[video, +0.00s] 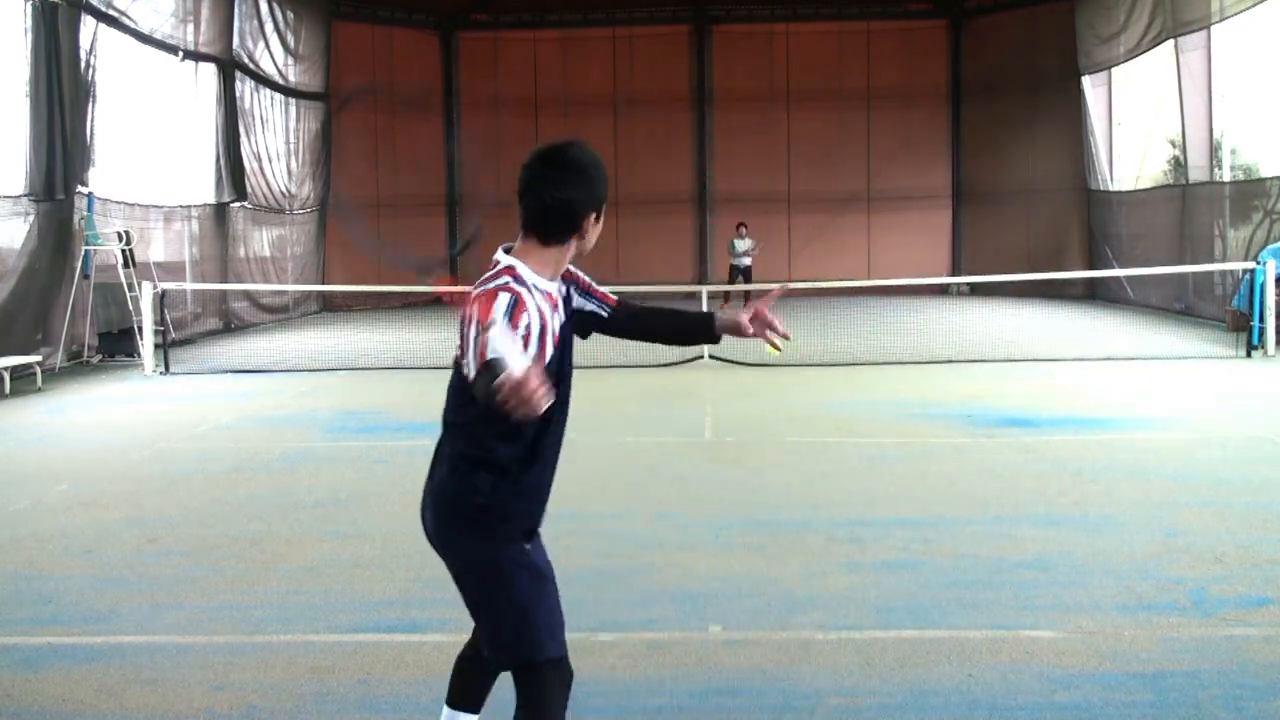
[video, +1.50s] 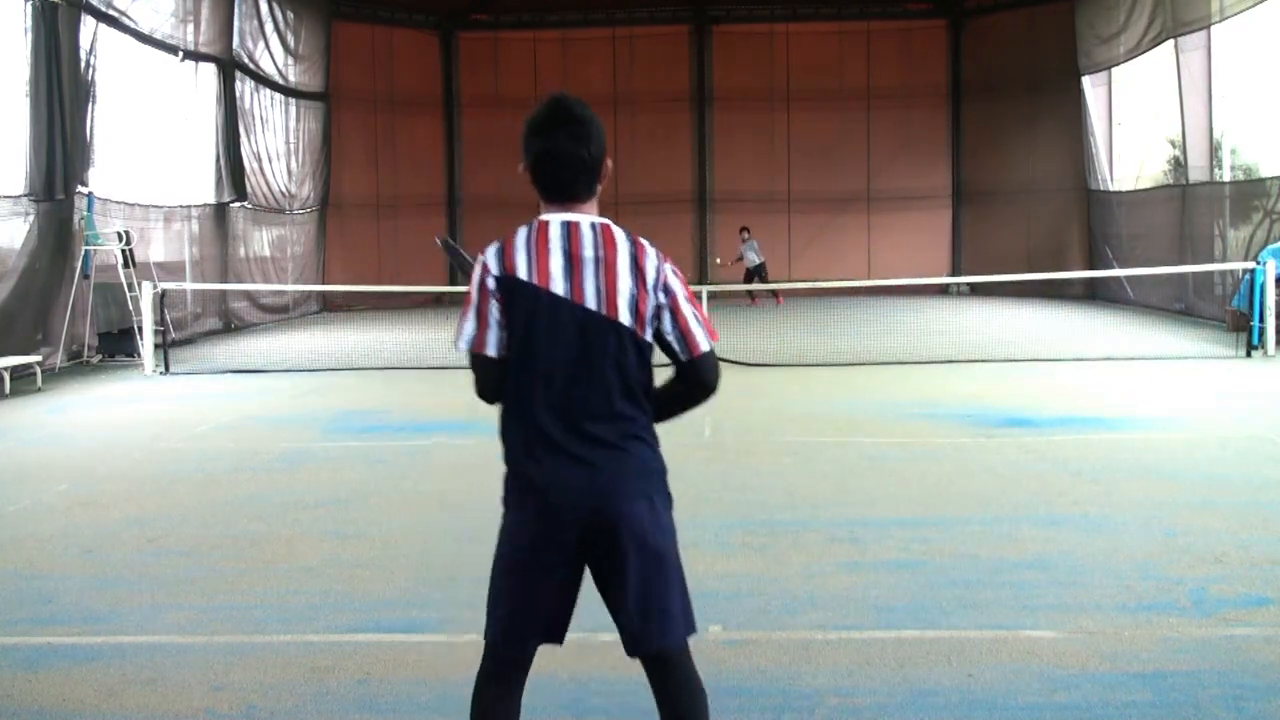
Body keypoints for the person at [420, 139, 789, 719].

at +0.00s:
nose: (599, 227)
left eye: (600, 214)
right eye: (601, 214)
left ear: (526, 208)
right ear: (586, 225)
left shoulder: (558, 283)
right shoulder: (504, 298)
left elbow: (630, 319)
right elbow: (491, 370)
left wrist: (730, 323)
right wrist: (511, 393)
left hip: (494, 508)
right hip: (481, 517)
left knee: (497, 634)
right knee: (547, 679)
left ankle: (454, 717)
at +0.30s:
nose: (540, 206)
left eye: (540, 194)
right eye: (536, 196)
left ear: (472, 197)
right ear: (503, 206)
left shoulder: (406, 246)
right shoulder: (516, 289)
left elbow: (395, 210)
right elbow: (573, 340)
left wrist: (462, 196)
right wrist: (634, 300)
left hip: (432, 481)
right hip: (503, 487)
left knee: (433, 622)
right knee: (512, 637)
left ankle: (426, 719)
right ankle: (483, 719)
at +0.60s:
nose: (512, 189)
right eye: (512, 181)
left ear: (437, 191)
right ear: (506, 192)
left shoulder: (420, 278)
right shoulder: (531, 250)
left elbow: (364, 369)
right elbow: (452, 233)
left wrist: (319, 305)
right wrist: (367, 207)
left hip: (448, 478)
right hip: (528, 473)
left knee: (435, 632)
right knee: (533, 627)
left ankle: (427, 719)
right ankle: (532, 715)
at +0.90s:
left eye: (441, 191)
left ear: (443, 202)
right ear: (515, 200)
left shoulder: (449, 287)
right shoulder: (557, 279)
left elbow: (472, 406)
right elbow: (575, 393)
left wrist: (418, 421)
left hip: (481, 504)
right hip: (557, 498)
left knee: (417, 629)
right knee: (530, 639)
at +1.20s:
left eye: (445, 176)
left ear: (447, 188)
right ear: (525, 186)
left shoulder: (425, 276)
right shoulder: (568, 267)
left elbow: (392, 395)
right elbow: (644, 364)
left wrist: (459, 370)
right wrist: (582, 396)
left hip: (483, 500)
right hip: (570, 492)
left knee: (475, 663)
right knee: (587, 647)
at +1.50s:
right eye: (604, 159)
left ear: (527, 173)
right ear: (605, 170)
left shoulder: (498, 262)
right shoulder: (644, 260)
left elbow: (490, 383)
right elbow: (702, 375)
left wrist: (554, 379)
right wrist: (636, 411)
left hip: (540, 495)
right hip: (629, 493)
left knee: (503, 667)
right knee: (669, 660)